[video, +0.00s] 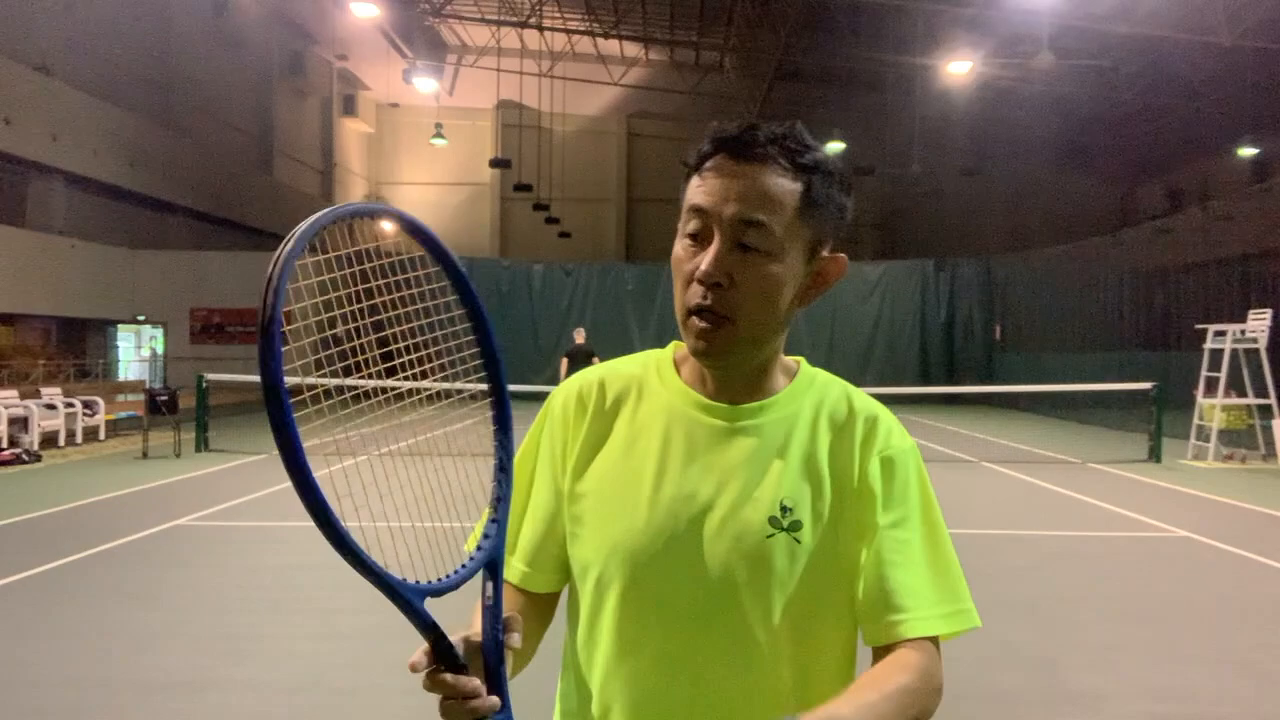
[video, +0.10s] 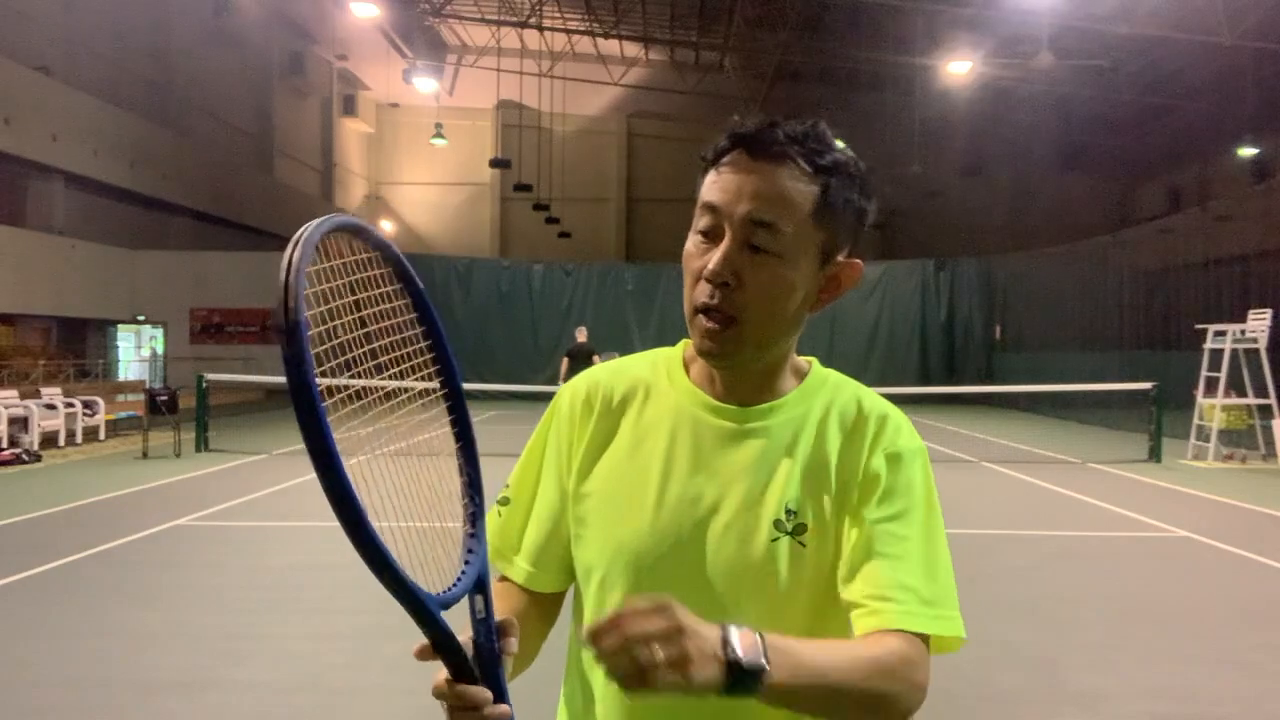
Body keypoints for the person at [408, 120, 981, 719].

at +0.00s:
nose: (707, 270)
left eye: (751, 245)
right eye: (696, 234)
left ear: (818, 277)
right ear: (674, 240)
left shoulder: (863, 439)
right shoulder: (582, 409)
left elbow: (914, 670)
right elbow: (519, 601)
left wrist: (811, 716)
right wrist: (475, 661)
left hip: (770, 706)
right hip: (601, 710)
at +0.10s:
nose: (716, 269)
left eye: (760, 245)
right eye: (707, 230)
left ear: (828, 283)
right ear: (686, 234)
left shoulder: (870, 438)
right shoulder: (592, 404)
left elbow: (899, 677)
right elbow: (523, 589)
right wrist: (485, 651)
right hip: (603, 710)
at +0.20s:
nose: (717, 269)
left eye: (763, 247)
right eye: (710, 230)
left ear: (833, 286)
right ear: (689, 232)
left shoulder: (870, 437)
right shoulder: (597, 400)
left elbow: (864, 668)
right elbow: (523, 584)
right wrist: (493, 652)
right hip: (600, 706)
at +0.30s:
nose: (712, 270)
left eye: (759, 247)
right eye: (705, 232)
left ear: (830, 289)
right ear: (685, 234)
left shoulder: (864, 435)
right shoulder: (592, 402)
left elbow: (822, 649)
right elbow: (520, 590)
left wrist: (618, 538)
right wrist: (490, 658)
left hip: (768, 710)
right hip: (597, 706)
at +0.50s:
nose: (692, 268)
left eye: (740, 247)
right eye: (686, 230)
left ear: (808, 290)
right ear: (665, 233)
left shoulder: (839, 432)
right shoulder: (576, 404)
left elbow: (751, 628)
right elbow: (511, 595)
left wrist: (544, 501)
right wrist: (476, 670)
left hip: (741, 715)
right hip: (584, 711)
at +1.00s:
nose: (626, 257)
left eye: (668, 229)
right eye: (610, 223)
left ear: (737, 263)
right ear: (585, 238)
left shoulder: (790, 424)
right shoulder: (535, 406)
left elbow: (762, 657)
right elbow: (473, 612)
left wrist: (586, 545)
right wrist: (420, 680)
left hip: (701, 714)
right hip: (546, 709)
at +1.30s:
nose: (600, 250)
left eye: (634, 222)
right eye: (574, 225)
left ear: (697, 250)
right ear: (545, 250)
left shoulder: (771, 417)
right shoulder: (500, 417)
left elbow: (805, 663)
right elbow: (438, 609)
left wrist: (669, 548)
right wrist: (413, 667)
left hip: (701, 709)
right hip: (535, 706)